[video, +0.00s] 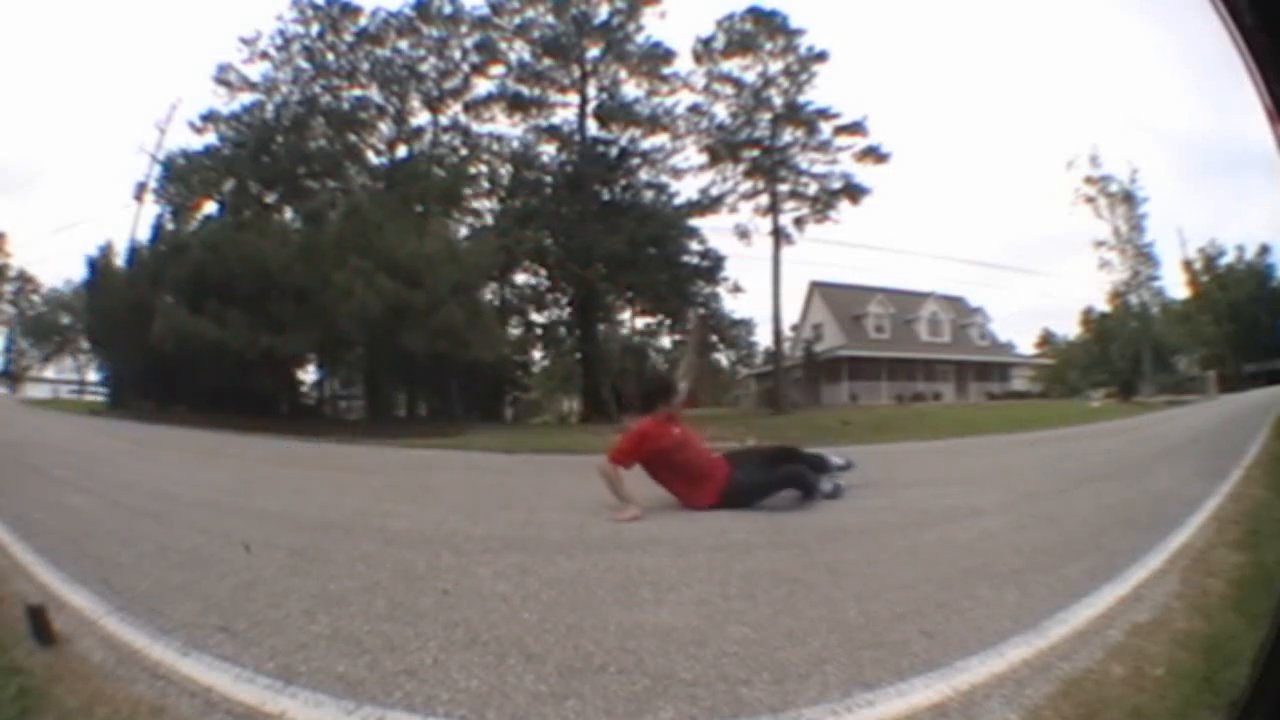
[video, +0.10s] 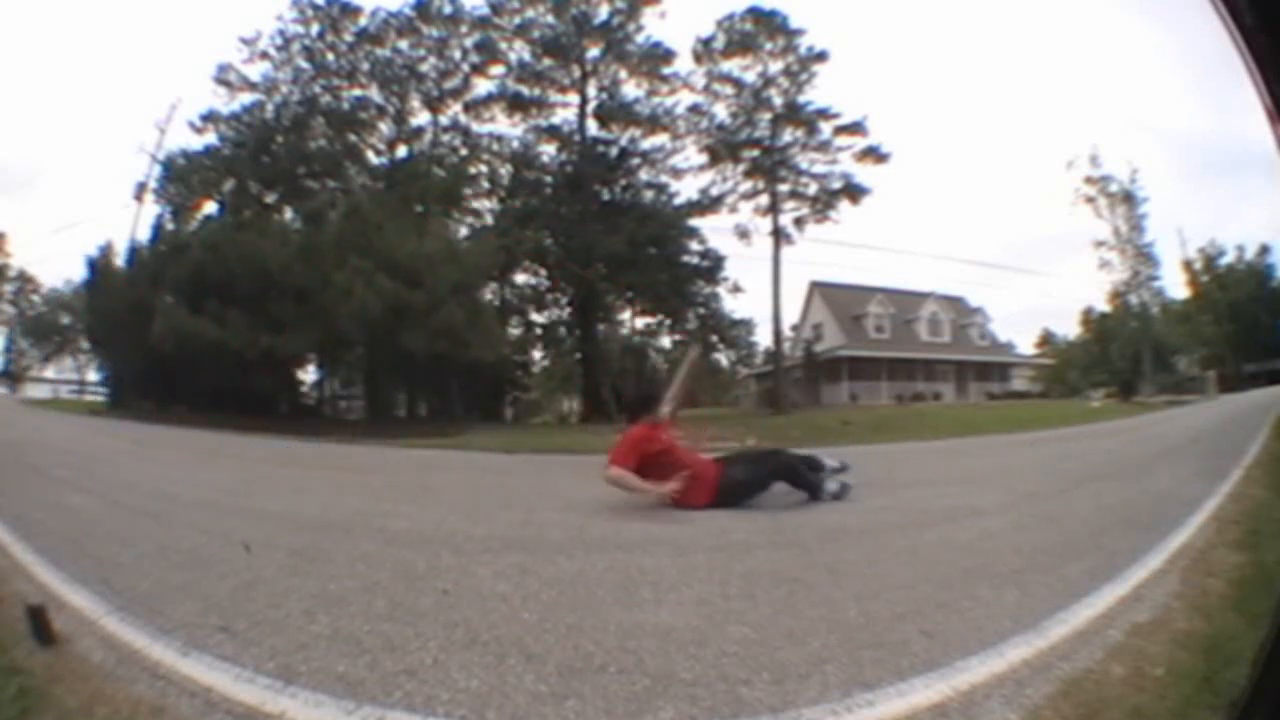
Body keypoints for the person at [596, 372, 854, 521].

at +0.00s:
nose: (682, 398)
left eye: (679, 393)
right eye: (677, 394)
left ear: (659, 399)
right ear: (666, 400)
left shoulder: (668, 418)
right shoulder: (647, 432)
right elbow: (608, 467)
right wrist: (628, 505)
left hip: (721, 466)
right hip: (717, 492)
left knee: (787, 454)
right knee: (791, 473)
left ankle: (824, 464)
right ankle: (821, 487)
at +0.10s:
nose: (660, 406)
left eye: (659, 401)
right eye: (656, 401)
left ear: (631, 408)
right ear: (649, 406)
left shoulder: (655, 427)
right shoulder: (637, 436)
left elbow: (672, 395)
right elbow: (614, 473)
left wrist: (690, 358)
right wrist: (656, 489)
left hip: (712, 470)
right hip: (709, 490)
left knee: (771, 456)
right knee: (776, 463)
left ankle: (818, 465)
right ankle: (819, 488)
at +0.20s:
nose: (643, 429)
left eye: (640, 425)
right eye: (637, 425)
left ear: (621, 431)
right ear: (627, 430)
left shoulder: (633, 449)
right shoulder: (623, 455)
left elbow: (655, 432)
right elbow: (637, 479)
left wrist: (677, 401)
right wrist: (685, 457)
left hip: (705, 475)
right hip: (706, 489)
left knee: (767, 453)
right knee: (771, 454)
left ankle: (814, 471)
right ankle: (822, 483)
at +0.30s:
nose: (619, 451)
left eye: (615, 449)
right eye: (613, 450)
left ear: (597, 461)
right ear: (605, 457)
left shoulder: (618, 474)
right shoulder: (615, 481)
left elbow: (650, 474)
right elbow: (647, 481)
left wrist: (662, 446)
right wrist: (673, 450)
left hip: (702, 475)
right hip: (702, 485)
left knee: (761, 446)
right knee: (763, 441)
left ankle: (807, 473)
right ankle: (820, 469)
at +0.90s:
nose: (587, 470)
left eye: (583, 467)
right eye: (581, 473)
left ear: (589, 469)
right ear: (582, 484)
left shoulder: (611, 478)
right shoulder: (603, 490)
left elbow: (645, 489)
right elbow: (642, 503)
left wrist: (676, 468)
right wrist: (673, 474)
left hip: (699, 473)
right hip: (697, 487)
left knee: (764, 471)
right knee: (767, 488)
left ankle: (825, 466)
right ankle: (838, 490)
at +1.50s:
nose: (585, 472)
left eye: (580, 470)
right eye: (579, 474)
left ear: (584, 480)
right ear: (580, 486)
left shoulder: (609, 481)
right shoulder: (603, 491)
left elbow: (646, 493)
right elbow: (643, 504)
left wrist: (672, 471)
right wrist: (670, 472)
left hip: (700, 476)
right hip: (698, 488)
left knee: (767, 477)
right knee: (771, 489)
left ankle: (827, 471)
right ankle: (848, 494)